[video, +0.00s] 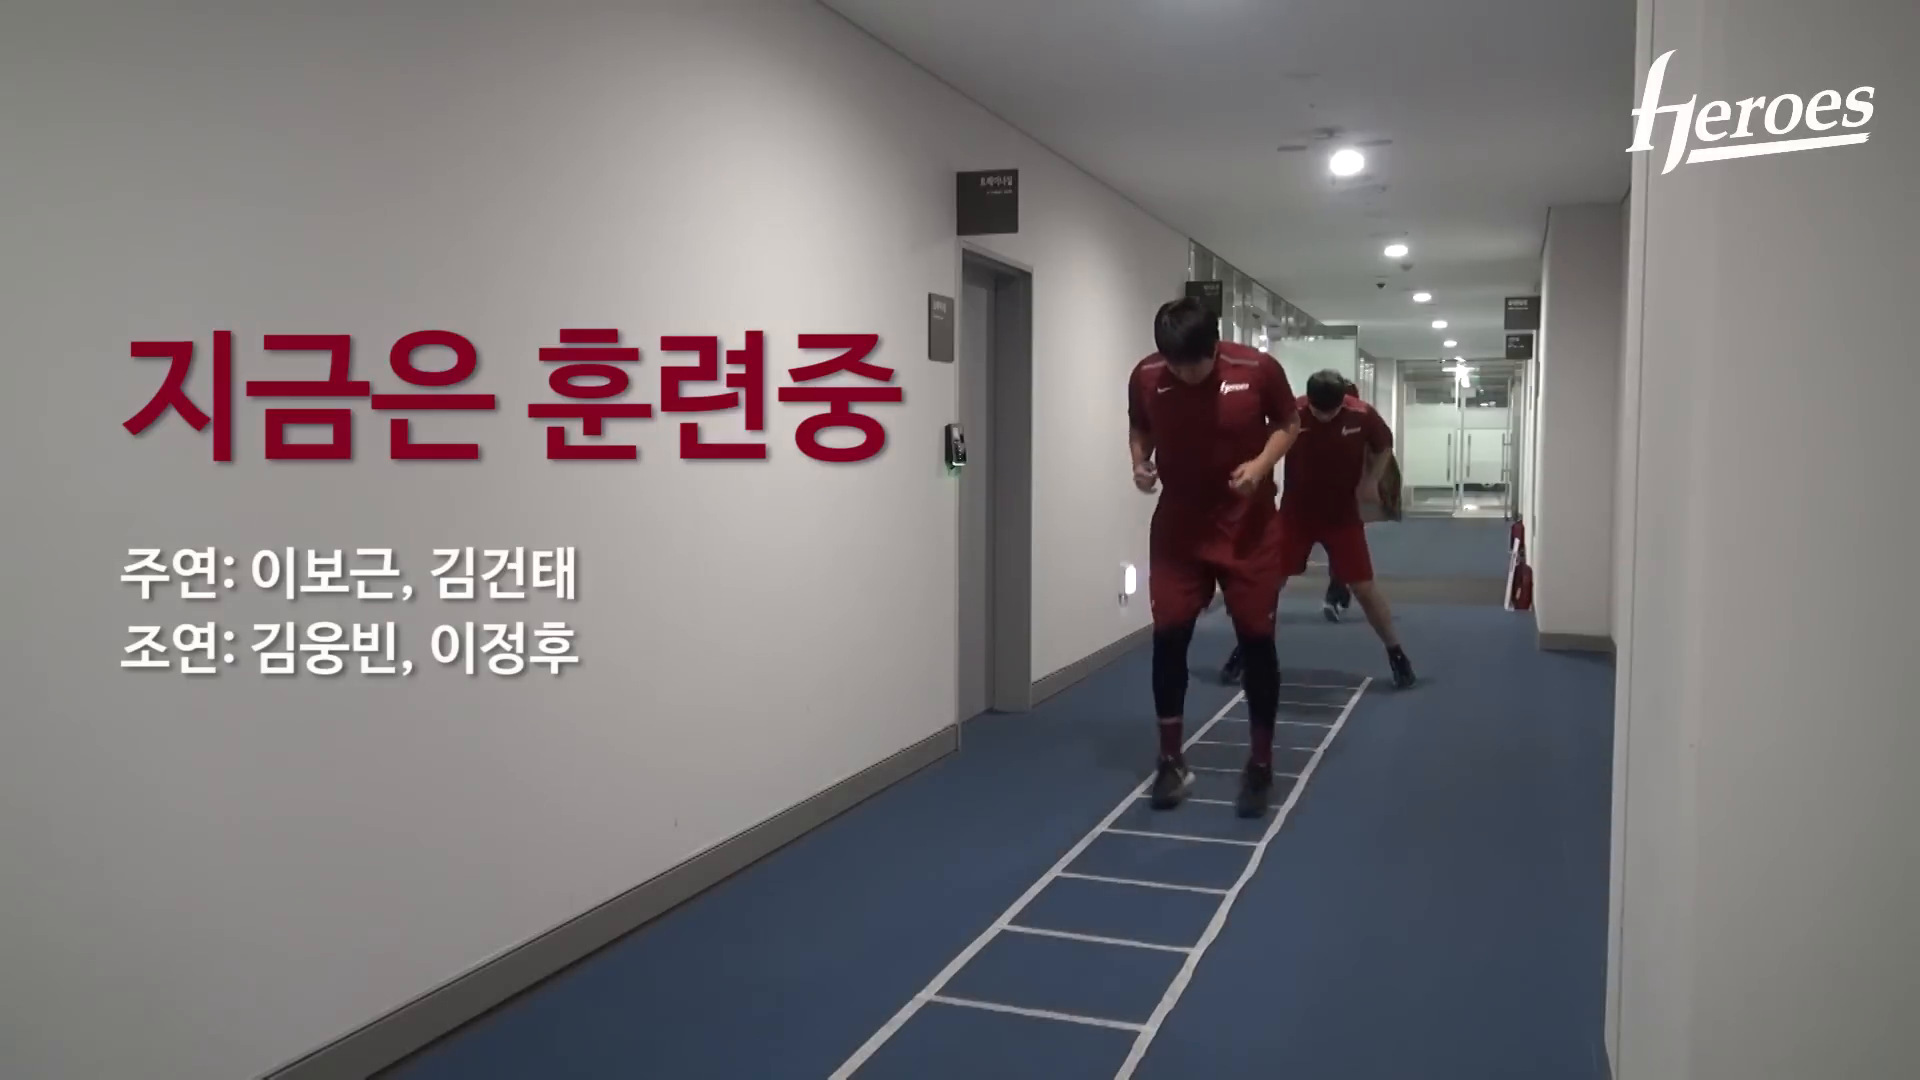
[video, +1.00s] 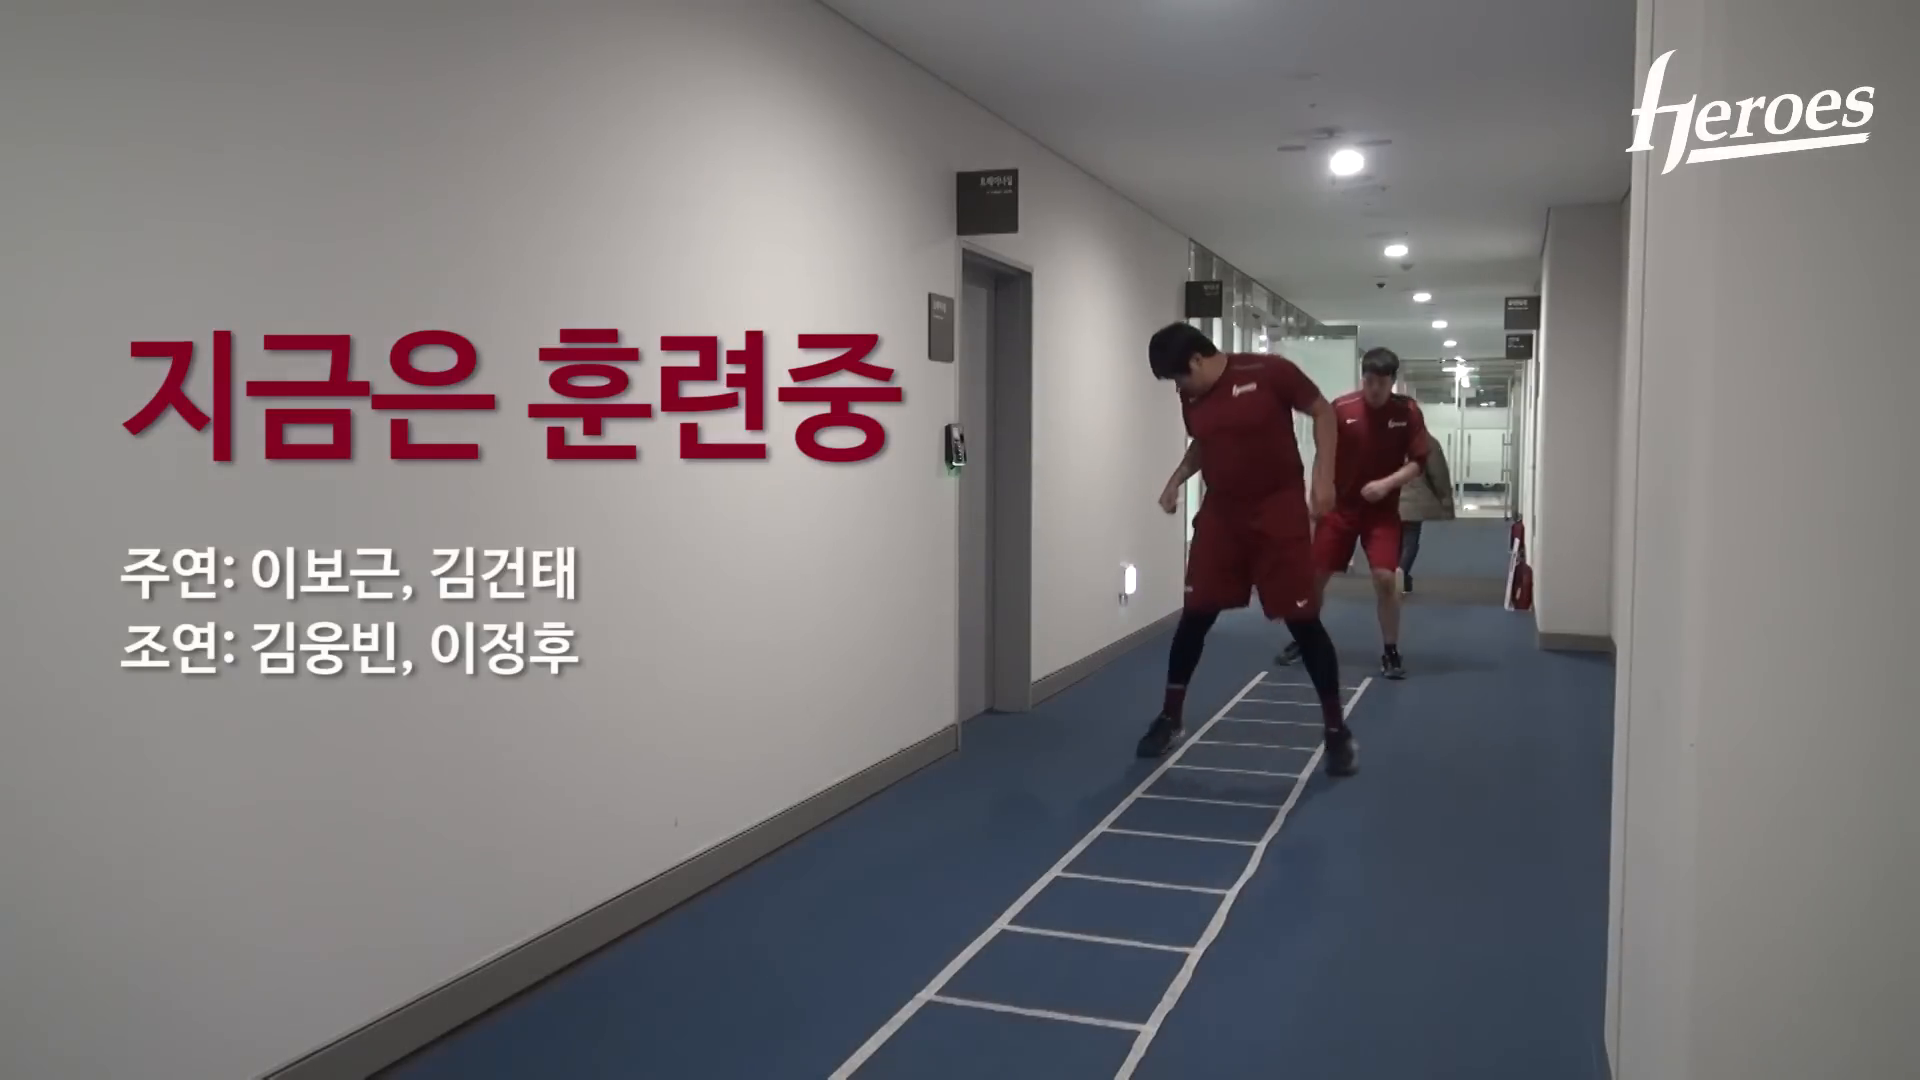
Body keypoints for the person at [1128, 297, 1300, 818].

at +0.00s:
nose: (1187, 375)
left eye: (1195, 365)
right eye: (1178, 367)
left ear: (1214, 346)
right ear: (1164, 352)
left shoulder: (1259, 370)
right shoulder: (1148, 379)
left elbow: (1290, 421)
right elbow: (1140, 425)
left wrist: (1262, 463)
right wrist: (1141, 460)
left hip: (1248, 525)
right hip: (1179, 524)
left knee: (1256, 639)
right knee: (1168, 635)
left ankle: (1260, 764)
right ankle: (1170, 761)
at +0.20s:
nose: (1192, 401)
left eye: (1200, 393)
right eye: (1183, 393)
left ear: (1221, 377)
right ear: (1172, 382)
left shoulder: (1263, 403)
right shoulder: (1159, 410)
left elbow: (1299, 455)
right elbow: (1149, 457)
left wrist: (1275, 494)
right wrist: (1145, 497)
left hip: (1258, 561)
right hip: (1183, 557)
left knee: (1300, 655)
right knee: (1141, 648)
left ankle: (1323, 759)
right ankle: (1136, 750)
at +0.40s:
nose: (1191, 384)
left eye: (1198, 375)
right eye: (1183, 377)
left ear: (1217, 355)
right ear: (1171, 365)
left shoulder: (1269, 368)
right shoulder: (1167, 385)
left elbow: (1304, 413)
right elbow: (1166, 430)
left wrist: (1284, 465)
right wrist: (1161, 471)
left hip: (1265, 519)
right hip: (1198, 519)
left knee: (1274, 630)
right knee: (1183, 625)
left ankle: (1282, 743)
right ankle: (1182, 740)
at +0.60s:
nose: (1187, 392)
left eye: (1191, 383)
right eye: (1180, 386)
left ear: (1211, 359)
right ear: (1171, 378)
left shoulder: (1272, 374)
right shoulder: (1177, 394)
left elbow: (1317, 420)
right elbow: (1186, 437)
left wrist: (1301, 477)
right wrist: (1163, 479)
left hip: (1269, 525)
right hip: (1208, 524)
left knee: (1274, 634)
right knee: (1202, 629)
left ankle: (1269, 741)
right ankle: (1215, 738)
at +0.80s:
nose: (1180, 401)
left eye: (1183, 391)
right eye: (1175, 394)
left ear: (1205, 373)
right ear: (1194, 378)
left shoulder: (1272, 385)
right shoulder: (1184, 409)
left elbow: (1316, 430)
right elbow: (1187, 448)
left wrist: (1323, 497)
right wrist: (1164, 486)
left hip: (1277, 529)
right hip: (1214, 532)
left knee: (1310, 630)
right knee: (1174, 625)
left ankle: (1346, 727)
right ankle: (1160, 718)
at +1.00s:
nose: (1179, 389)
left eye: (1179, 379)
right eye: (1173, 383)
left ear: (1198, 360)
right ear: (1193, 364)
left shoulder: (1269, 371)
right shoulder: (1191, 395)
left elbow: (1324, 410)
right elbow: (1203, 442)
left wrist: (1324, 479)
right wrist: (1176, 478)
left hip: (1278, 516)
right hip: (1220, 520)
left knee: (1302, 620)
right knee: (1195, 616)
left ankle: (1336, 730)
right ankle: (1170, 718)